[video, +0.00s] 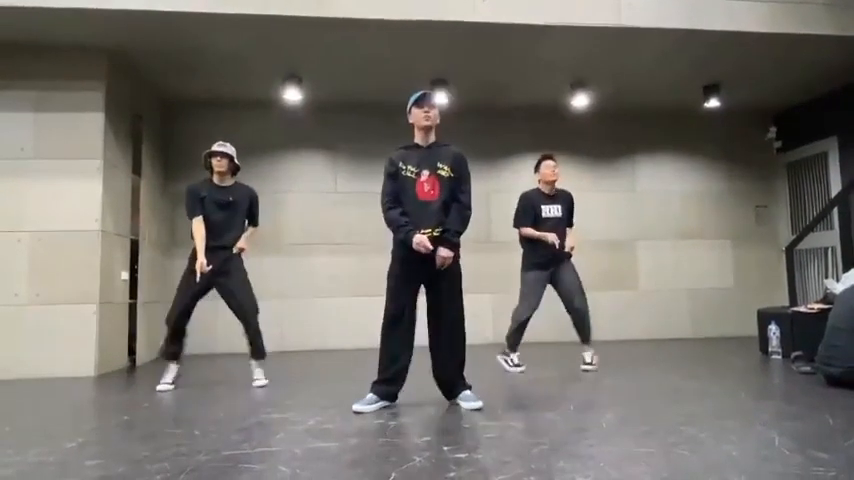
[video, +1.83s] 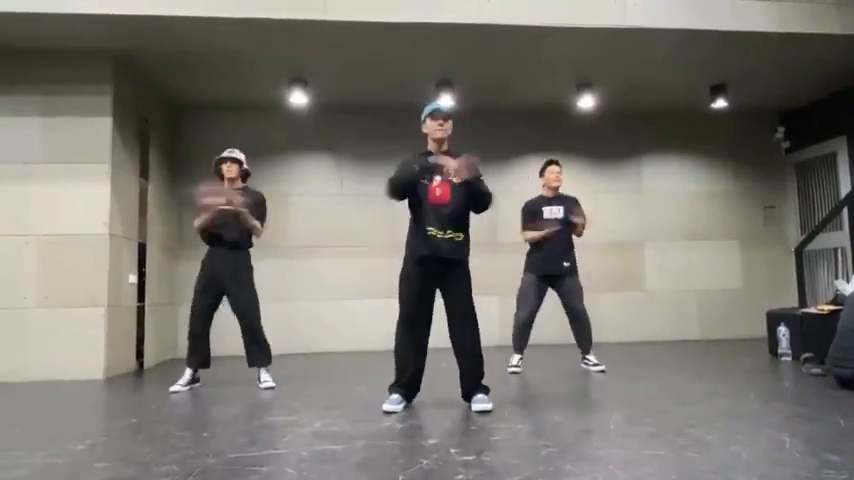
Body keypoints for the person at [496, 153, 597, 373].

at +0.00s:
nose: (554, 171)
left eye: (555, 168)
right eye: (549, 168)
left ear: (558, 173)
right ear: (538, 174)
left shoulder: (565, 197)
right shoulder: (528, 198)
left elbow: (569, 225)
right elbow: (523, 229)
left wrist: (570, 240)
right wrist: (544, 235)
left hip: (561, 263)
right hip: (535, 266)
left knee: (578, 305)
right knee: (525, 310)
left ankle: (587, 350)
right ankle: (509, 352)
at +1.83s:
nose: (557, 176)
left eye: (559, 173)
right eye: (552, 173)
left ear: (562, 178)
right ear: (542, 178)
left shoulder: (571, 202)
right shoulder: (531, 206)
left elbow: (579, 232)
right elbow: (526, 235)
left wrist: (577, 222)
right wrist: (545, 232)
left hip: (565, 268)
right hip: (536, 269)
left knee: (577, 310)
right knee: (524, 314)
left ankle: (587, 355)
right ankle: (517, 355)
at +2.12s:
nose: (550, 179)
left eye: (552, 176)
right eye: (545, 176)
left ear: (556, 180)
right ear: (536, 181)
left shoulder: (567, 206)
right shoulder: (527, 210)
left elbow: (578, 234)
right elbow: (516, 238)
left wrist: (604, 236)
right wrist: (508, 239)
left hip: (567, 272)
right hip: (538, 274)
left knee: (578, 313)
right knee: (527, 317)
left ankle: (587, 355)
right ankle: (519, 355)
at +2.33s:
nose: (550, 178)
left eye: (552, 175)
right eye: (546, 175)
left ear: (556, 181)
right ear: (536, 181)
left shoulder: (566, 206)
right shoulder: (527, 209)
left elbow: (577, 235)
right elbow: (518, 239)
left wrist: (601, 235)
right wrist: (510, 237)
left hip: (568, 272)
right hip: (539, 273)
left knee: (579, 313)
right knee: (528, 316)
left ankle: (588, 355)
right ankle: (519, 356)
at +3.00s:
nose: (550, 175)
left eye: (553, 172)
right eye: (546, 172)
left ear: (558, 175)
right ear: (538, 176)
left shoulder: (567, 203)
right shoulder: (528, 203)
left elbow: (578, 231)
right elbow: (518, 233)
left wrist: (604, 231)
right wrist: (508, 230)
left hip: (568, 268)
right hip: (539, 270)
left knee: (582, 309)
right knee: (532, 311)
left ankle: (590, 352)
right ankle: (525, 353)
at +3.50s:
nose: (548, 174)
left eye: (551, 171)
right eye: (543, 171)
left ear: (555, 176)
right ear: (535, 177)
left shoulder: (564, 201)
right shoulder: (525, 200)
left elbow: (591, 217)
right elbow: (511, 209)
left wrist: (577, 203)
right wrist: (508, 208)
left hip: (559, 267)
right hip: (531, 269)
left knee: (571, 307)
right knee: (529, 311)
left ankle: (582, 346)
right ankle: (538, 353)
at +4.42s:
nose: (549, 171)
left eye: (552, 167)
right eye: (545, 168)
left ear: (559, 171)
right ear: (539, 174)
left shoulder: (568, 194)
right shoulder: (543, 201)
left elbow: (591, 217)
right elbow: (531, 226)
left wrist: (577, 245)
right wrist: (519, 213)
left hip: (562, 258)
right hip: (540, 259)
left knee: (565, 305)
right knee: (525, 298)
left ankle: (570, 352)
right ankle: (542, 340)